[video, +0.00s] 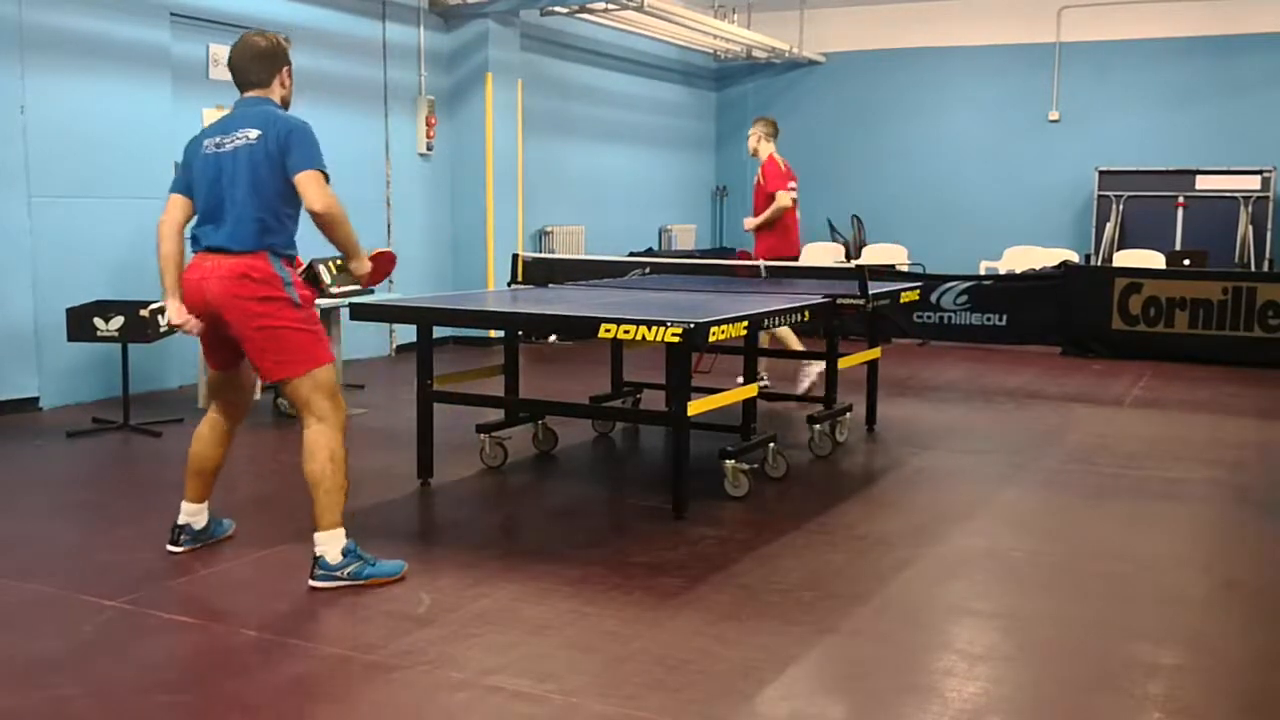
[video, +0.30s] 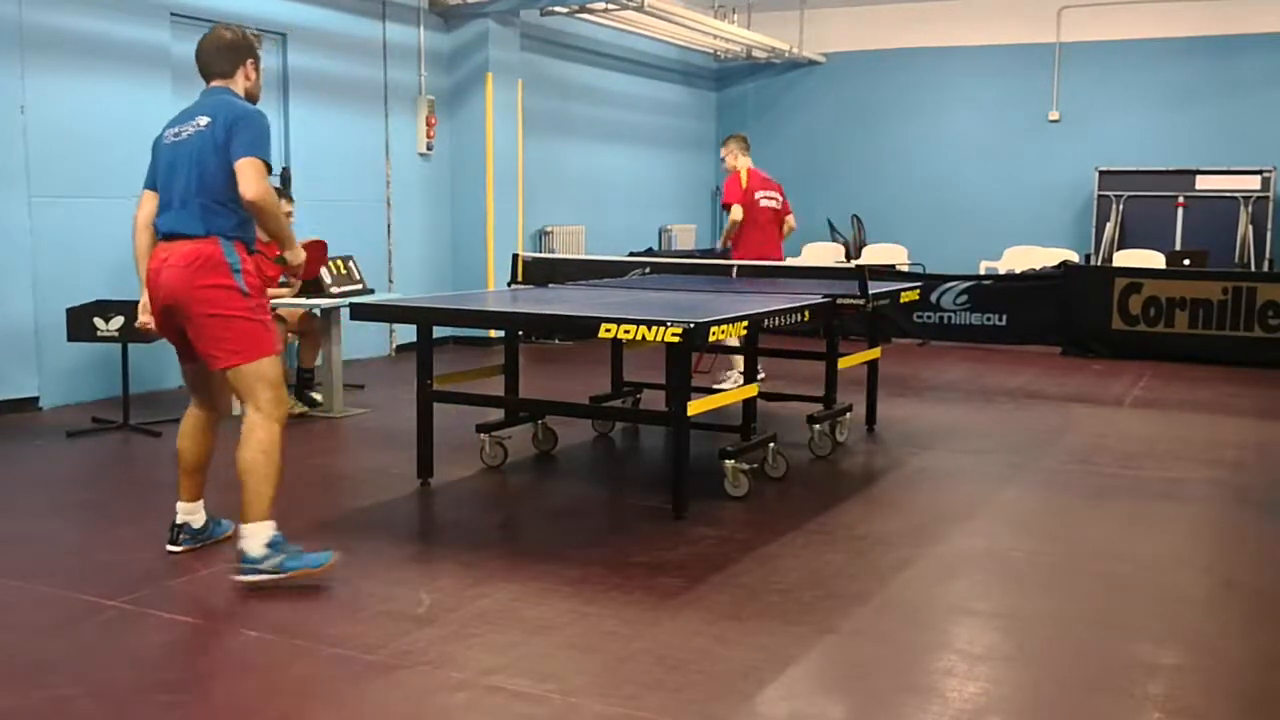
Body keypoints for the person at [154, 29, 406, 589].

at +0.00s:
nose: (293, 85)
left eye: (289, 77)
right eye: (292, 77)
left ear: (237, 82)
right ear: (282, 78)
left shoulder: (201, 140)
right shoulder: (289, 127)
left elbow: (171, 223)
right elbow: (319, 204)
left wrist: (173, 296)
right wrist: (356, 258)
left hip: (200, 280)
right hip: (258, 278)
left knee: (228, 402)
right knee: (324, 409)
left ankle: (190, 522)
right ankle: (332, 554)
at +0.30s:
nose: (261, 80)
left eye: (258, 70)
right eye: (260, 70)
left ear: (208, 72)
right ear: (247, 70)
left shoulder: (172, 127)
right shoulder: (244, 116)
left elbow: (146, 213)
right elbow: (253, 192)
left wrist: (148, 288)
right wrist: (292, 249)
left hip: (165, 270)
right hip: (214, 265)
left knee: (208, 398)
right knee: (267, 401)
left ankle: (189, 521)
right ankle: (259, 545)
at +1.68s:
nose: (290, 89)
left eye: (291, 78)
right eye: (289, 77)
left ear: (238, 70)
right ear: (266, 70)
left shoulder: (182, 119)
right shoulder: (246, 118)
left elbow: (149, 197)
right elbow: (247, 204)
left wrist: (204, 223)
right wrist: (293, 227)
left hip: (174, 267)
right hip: (227, 270)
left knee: (179, 400)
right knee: (279, 403)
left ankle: (166, 535)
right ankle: (323, 524)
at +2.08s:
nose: (345, 82)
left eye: (345, 73)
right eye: (346, 73)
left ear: (292, 68)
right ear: (334, 73)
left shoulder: (243, 113)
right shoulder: (322, 127)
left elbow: (203, 182)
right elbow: (335, 213)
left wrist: (248, 211)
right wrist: (367, 231)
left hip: (232, 261)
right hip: (290, 266)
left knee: (250, 381)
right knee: (311, 393)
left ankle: (200, 488)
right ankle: (329, 525)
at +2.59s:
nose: (340, 128)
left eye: (339, 119)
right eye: (336, 119)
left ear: (295, 120)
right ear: (315, 121)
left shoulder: (252, 152)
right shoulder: (283, 161)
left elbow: (201, 216)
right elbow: (255, 226)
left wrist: (272, 255)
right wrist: (309, 252)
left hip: (199, 278)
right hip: (233, 281)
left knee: (231, 384)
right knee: (282, 400)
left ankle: (200, 481)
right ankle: (323, 522)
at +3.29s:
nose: (355, 194)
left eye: (355, 184)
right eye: (353, 184)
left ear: (304, 183)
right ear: (333, 186)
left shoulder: (258, 206)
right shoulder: (298, 214)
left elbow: (191, 239)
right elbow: (287, 299)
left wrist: (240, 299)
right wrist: (334, 299)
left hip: (170, 309)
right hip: (208, 312)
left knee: (223, 385)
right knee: (319, 396)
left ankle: (195, 483)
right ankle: (299, 524)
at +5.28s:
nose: (340, 151)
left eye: (337, 142)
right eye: (336, 143)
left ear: (291, 152)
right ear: (321, 151)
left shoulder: (252, 185)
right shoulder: (302, 200)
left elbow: (194, 226)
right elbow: (311, 287)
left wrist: (235, 272)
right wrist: (351, 264)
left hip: (187, 309)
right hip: (230, 313)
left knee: (227, 385)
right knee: (332, 402)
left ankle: (191, 481)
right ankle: (301, 525)